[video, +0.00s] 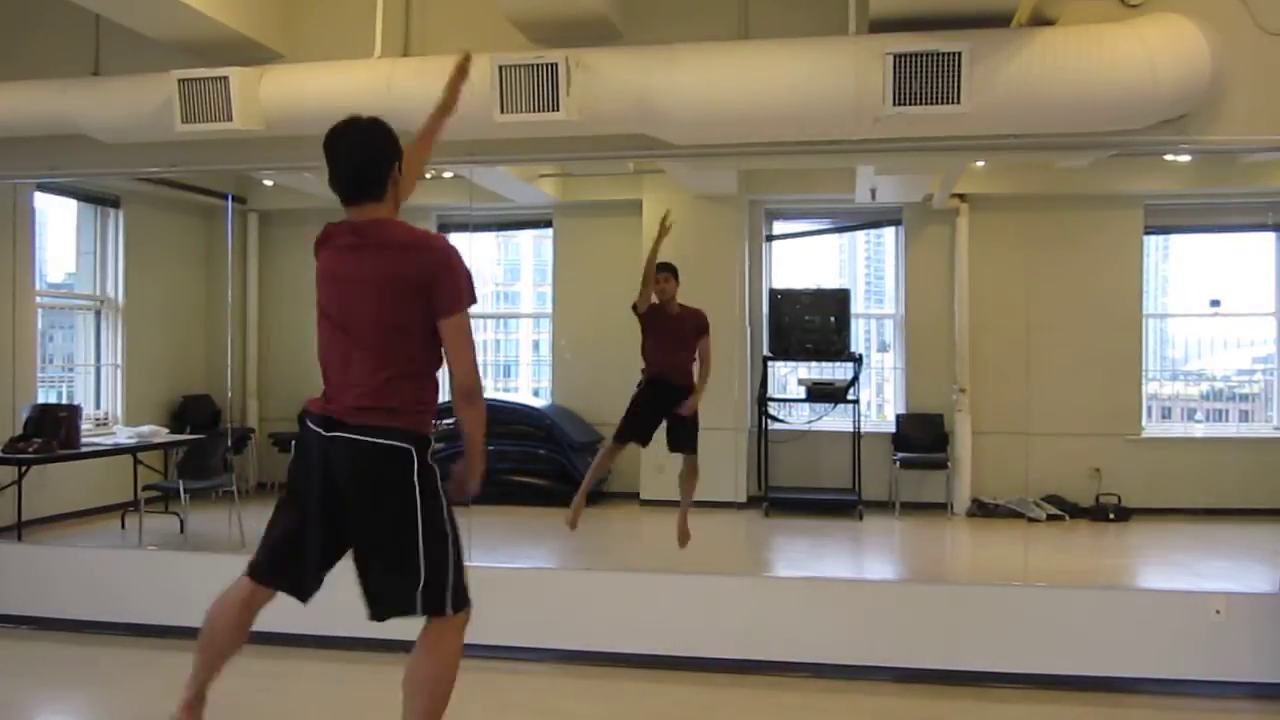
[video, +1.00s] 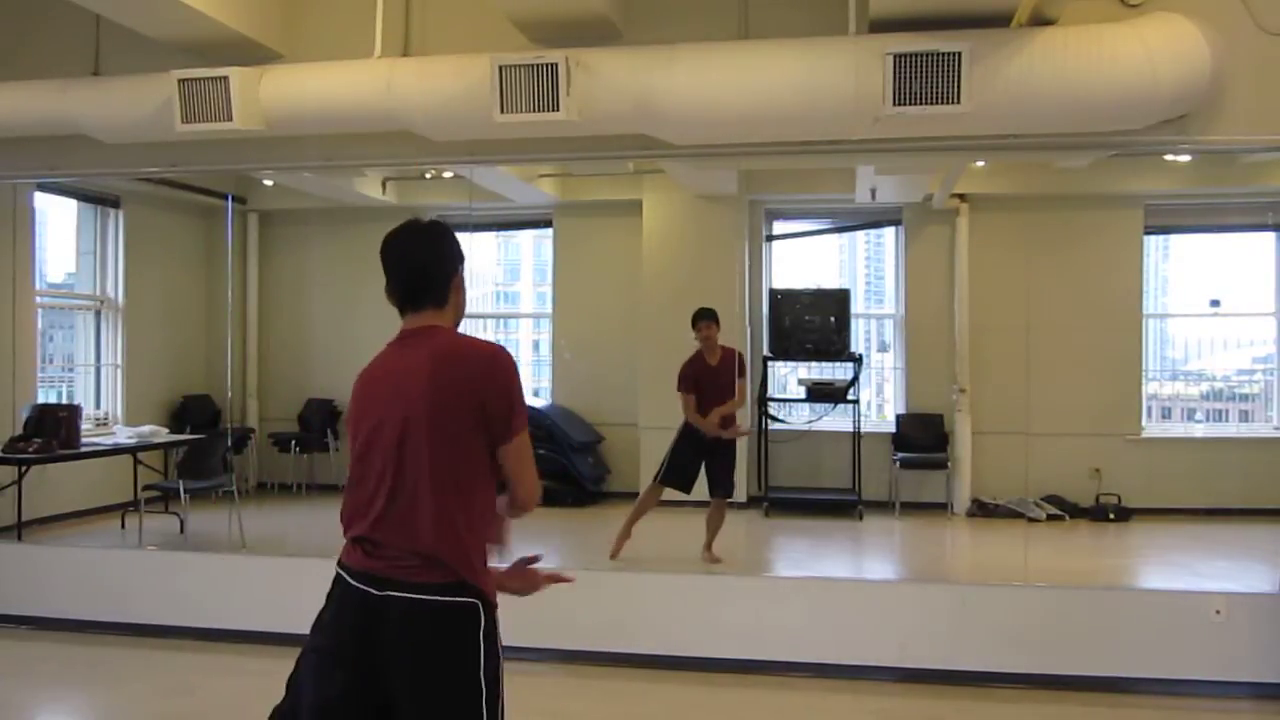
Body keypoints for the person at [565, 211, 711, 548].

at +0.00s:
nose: (660, 285)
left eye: (665, 280)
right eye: (656, 281)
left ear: (677, 284)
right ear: (652, 286)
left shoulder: (696, 318)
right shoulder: (647, 314)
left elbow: (705, 361)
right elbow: (646, 280)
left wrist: (696, 396)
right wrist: (658, 240)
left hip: (682, 391)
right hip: (651, 388)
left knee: (690, 459)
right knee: (616, 445)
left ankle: (683, 515)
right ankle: (580, 496)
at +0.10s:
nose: (666, 284)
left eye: (671, 278)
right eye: (663, 280)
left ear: (683, 282)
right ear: (660, 284)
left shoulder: (703, 314)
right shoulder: (659, 311)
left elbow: (723, 352)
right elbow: (655, 271)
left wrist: (739, 387)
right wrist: (651, 231)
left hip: (693, 389)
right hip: (663, 383)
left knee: (710, 448)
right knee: (617, 430)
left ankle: (694, 495)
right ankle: (567, 475)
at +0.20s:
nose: (675, 295)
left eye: (680, 290)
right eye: (671, 291)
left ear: (691, 292)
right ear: (667, 295)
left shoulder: (711, 322)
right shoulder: (668, 322)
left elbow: (735, 358)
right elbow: (658, 284)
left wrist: (755, 387)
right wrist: (654, 244)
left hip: (703, 396)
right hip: (673, 391)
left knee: (713, 458)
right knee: (622, 432)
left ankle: (708, 521)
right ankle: (567, 473)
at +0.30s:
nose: (684, 318)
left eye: (689, 312)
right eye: (680, 314)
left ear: (700, 314)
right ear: (676, 319)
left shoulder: (721, 342)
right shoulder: (676, 345)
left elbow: (739, 374)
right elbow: (664, 326)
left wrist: (758, 403)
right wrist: (664, 288)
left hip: (714, 417)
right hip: (683, 412)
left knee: (713, 483)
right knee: (634, 450)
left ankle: (708, 541)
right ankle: (585, 485)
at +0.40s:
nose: (693, 334)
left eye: (698, 329)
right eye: (689, 330)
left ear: (709, 330)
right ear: (685, 334)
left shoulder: (730, 360)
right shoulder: (685, 363)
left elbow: (745, 395)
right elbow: (673, 394)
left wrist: (755, 427)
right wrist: (677, 363)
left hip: (718, 439)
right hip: (688, 432)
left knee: (720, 501)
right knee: (645, 480)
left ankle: (706, 548)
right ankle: (603, 521)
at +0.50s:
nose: (701, 336)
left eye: (706, 330)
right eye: (697, 331)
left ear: (717, 332)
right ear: (693, 334)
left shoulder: (732, 365)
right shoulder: (685, 368)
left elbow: (747, 399)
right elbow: (676, 411)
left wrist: (757, 435)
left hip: (723, 443)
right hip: (692, 438)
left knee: (722, 502)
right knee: (665, 496)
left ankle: (706, 548)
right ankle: (631, 544)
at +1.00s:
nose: (706, 333)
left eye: (710, 327)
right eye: (700, 329)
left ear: (719, 329)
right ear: (695, 333)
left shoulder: (735, 359)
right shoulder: (689, 368)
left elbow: (740, 399)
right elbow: (690, 414)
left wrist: (717, 414)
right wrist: (721, 432)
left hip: (725, 433)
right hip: (694, 430)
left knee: (721, 497)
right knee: (660, 483)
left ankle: (708, 548)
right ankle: (625, 530)